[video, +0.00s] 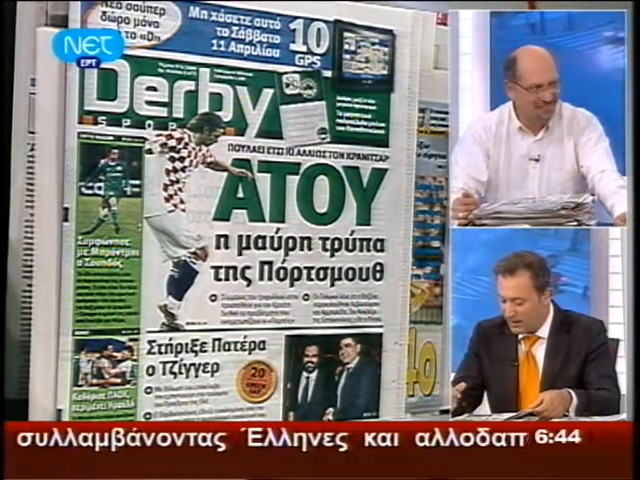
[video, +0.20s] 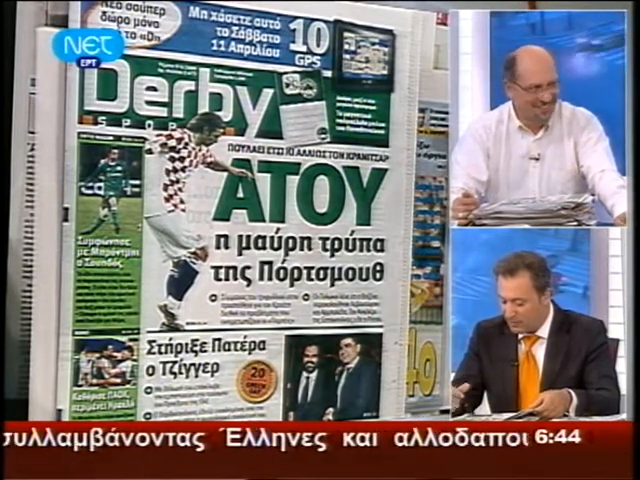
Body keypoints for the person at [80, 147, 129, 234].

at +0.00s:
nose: (115, 156)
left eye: (116, 154)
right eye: (113, 154)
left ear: (118, 155)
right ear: (109, 154)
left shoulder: (122, 165)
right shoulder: (104, 165)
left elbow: (126, 177)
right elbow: (95, 174)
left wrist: (127, 187)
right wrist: (85, 182)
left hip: (118, 190)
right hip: (108, 189)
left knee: (105, 213)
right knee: (113, 205)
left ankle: (91, 230)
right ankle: (116, 225)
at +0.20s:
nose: (115, 156)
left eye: (116, 154)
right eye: (113, 154)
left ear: (118, 155)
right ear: (109, 154)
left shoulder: (122, 165)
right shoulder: (104, 165)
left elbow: (126, 177)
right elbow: (95, 174)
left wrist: (127, 187)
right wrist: (85, 182)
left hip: (118, 190)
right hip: (108, 189)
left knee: (105, 213)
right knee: (113, 205)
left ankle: (91, 230)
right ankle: (116, 225)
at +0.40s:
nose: (115, 156)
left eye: (116, 154)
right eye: (113, 154)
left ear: (118, 155)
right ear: (109, 154)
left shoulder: (122, 165)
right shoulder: (104, 165)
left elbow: (126, 177)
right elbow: (95, 174)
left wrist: (127, 187)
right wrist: (86, 182)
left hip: (118, 190)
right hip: (108, 189)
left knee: (105, 213)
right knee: (113, 205)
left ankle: (91, 230)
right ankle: (116, 225)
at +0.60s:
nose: (115, 156)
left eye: (116, 154)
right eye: (113, 154)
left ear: (118, 155)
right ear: (109, 154)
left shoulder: (122, 165)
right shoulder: (104, 165)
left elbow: (126, 177)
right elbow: (95, 174)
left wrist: (127, 187)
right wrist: (86, 182)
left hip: (118, 190)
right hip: (108, 189)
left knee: (105, 213)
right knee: (113, 205)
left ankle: (91, 230)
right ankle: (116, 225)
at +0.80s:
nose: (115, 156)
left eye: (116, 154)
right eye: (113, 153)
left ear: (118, 155)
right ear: (109, 154)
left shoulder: (121, 166)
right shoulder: (104, 165)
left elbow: (126, 177)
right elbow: (95, 174)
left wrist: (127, 187)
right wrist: (86, 182)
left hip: (118, 190)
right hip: (108, 189)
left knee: (105, 213)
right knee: (114, 207)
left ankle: (91, 230)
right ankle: (117, 226)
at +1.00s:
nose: (115, 156)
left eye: (116, 154)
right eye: (113, 153)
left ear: (118, 155)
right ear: (109, 154)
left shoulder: (121, 166)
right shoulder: (104, 165)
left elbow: (126, 177)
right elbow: (95, 174)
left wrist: (127, 187)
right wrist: (86, 182)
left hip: (118, 190)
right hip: (108, 189)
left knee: (105, 213)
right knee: (114, 206)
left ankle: (91, 230)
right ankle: (116, 226)